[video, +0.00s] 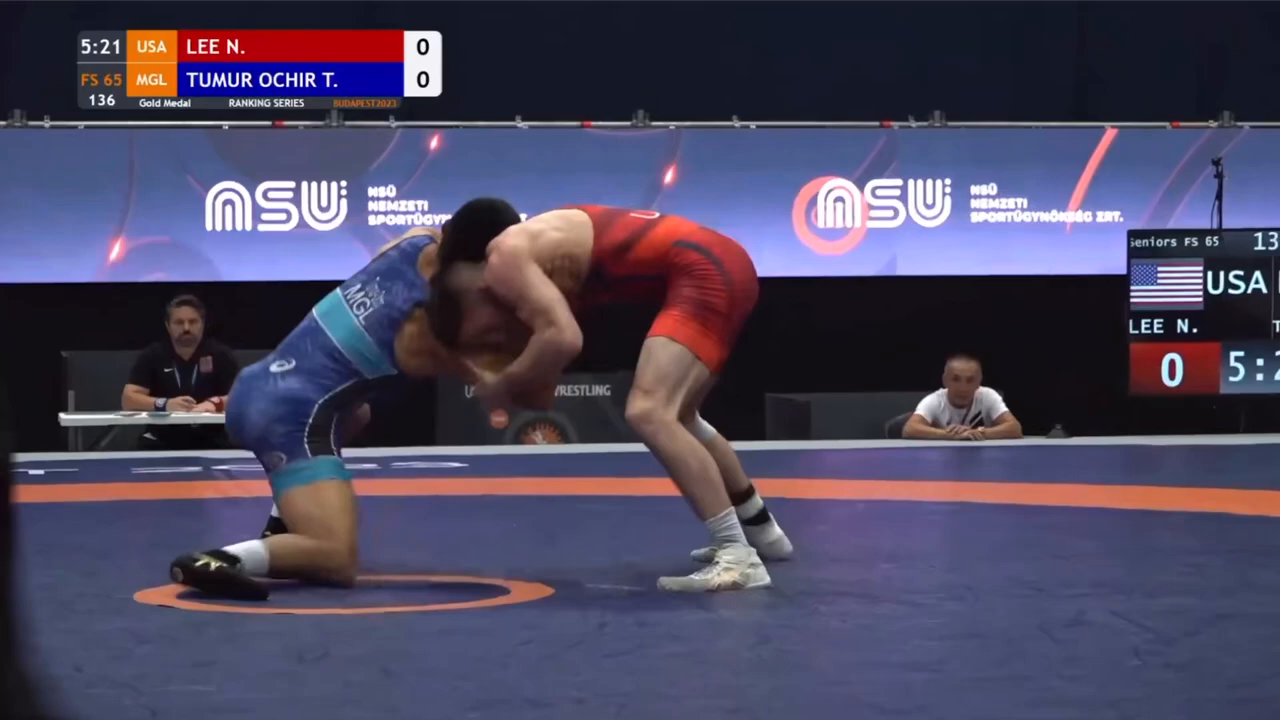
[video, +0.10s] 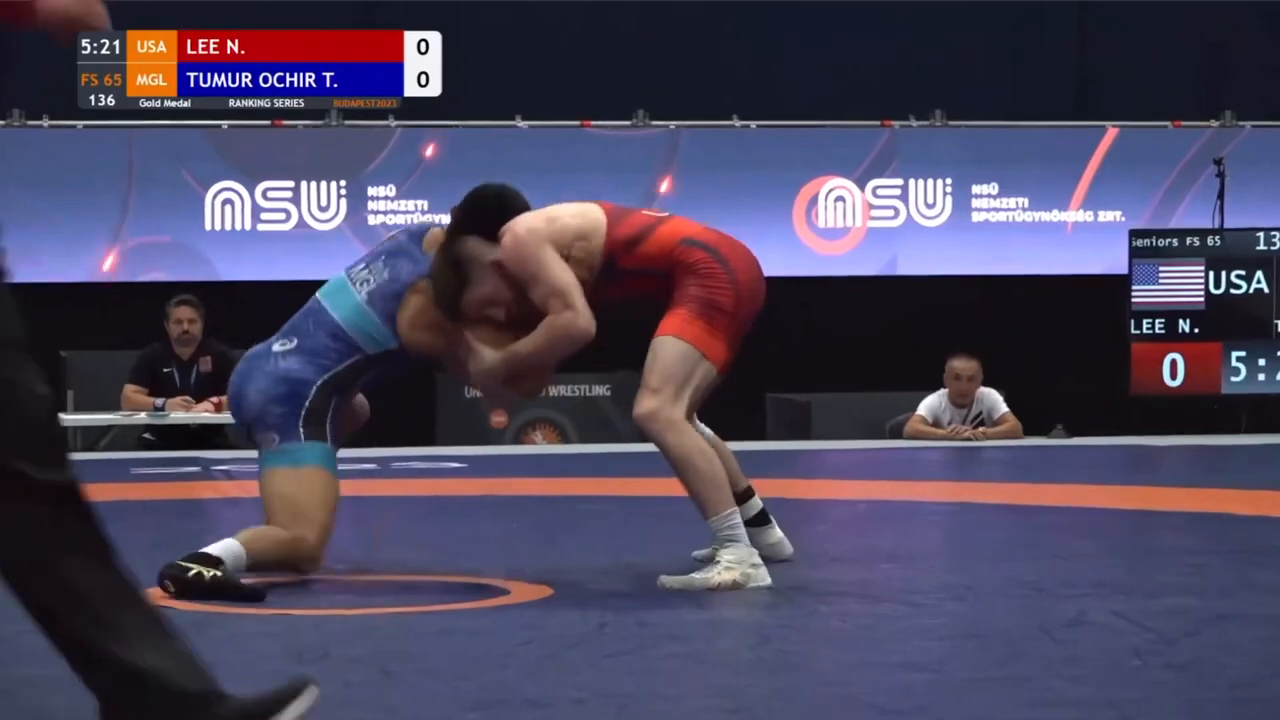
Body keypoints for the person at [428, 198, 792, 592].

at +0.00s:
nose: (497, 330)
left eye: (487, 319)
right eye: (486, 332)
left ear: (476, 270)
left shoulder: (507, 254)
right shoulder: (530, 252)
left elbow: (562, 336)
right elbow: (541, 388)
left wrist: (504, 386)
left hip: (706, 266)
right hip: (720, 264)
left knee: (649, 412)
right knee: (677, 415)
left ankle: (736, 555)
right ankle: (759, 527)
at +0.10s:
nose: (496, 316)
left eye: (485, 306)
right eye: (482, 314)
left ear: (482, 265)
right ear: (485, 262)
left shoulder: (521, 238)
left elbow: (575, 323)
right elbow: (535, 380)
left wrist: (503, 361)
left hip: (713, 266)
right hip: (727, 268)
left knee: (657, 410)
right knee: (676, 416)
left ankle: (738, 554)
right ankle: (759, 529)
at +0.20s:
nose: (511, 295)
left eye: (500, 284)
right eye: (498, 296)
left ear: (495, 246)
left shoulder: (530, 218)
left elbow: (592, 304)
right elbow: (542, 364)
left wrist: (513, 342)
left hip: (714, 257)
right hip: (724, 259)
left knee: (669, 406)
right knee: (682, 409)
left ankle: (739, 553)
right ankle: (760, 529)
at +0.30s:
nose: (519, 271)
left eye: (509, 261)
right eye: (505, 270)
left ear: (509, 223)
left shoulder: (545, 198)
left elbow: (622, 275)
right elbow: (568, 339)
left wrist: (541, 303)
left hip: (724, 251)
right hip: (735, 253)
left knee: (682, 403)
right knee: (694, 406)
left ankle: (740, 552)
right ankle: (763, 529)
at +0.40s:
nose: (527, 248)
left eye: (519, 237)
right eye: (515, 244)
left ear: (528, 199)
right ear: (530, 193)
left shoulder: (570, 175)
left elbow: (658, 220)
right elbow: (602, 302)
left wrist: (585, 263)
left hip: (739, 250)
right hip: (741, 255)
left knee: (692, 399)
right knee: (701, 401)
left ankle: (742, 551)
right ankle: (764, 528)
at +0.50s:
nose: (551, 214)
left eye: (544, 204)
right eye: (540, 210)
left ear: (556, 170)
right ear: (558, 170)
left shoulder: (604, 151)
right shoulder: (598, 185)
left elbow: (685, 209)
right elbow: (615, 280)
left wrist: (620, 236)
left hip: (754, 251)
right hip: (744, 258)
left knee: (690, 397)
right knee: (692, 400)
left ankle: (764, 537)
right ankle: (754, 530)